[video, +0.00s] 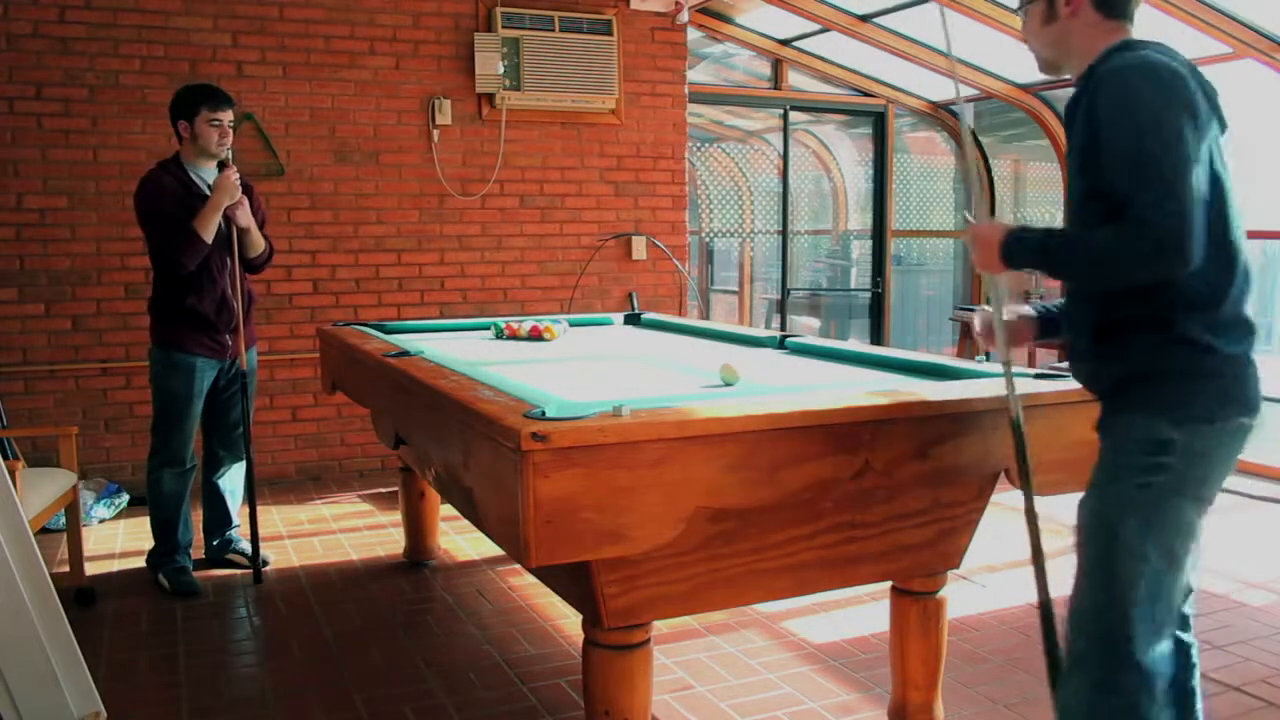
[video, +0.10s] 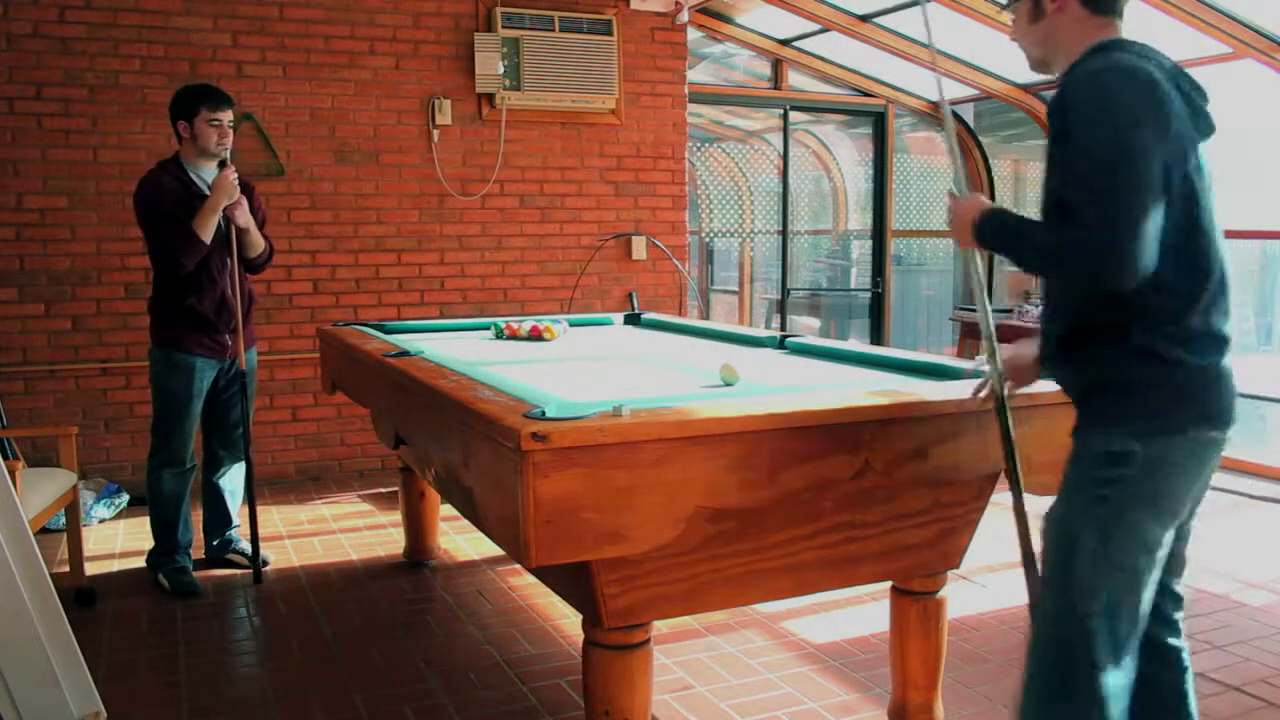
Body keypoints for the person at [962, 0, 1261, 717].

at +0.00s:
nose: (1022, 29)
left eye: (1027, 11)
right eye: (1022, 13)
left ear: (1070, 8)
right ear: (1088, 13)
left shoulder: (1137, 80)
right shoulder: (1137, 80)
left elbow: (1163, 247)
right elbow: (1145, 283)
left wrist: (1019, 247)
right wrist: (1037, 327)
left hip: (1173, 402)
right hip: (1175, 397)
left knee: (1112, 643)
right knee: (1155, 628)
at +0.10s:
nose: (1011, 29)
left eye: (1016, 11)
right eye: (1011, 13)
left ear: (1057, 7)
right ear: (1079, 11)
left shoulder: (1106, 85)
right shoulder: (1135, 81)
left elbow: (1108, 259)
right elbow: (1142, 276)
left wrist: (987, 224)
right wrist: (1043, 349)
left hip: (1142, 414)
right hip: (1177, 406)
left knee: (1079, 645)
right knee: (1147, 628)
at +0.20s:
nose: (1002, 30)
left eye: (1005, 13)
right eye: (1001, 15)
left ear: (1041, 7)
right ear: (1080, 10)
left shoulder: (1070, 89)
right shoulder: (1133, 86)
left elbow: (1038, 268)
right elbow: (1130, 281)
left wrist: (956, 201)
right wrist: (1029, 387)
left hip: (1110, 423)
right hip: (1167, 416)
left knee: (1030, 659)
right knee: (1136, 638)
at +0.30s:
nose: (980, 22)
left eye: (986, 6)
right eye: (981, 9)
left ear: (1017, 4)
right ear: (1069, 3)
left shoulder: (1038, 82)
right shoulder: (1124, 81)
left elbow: (971, 259)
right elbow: (1101, 259)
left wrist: (912, 176)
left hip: (1086, 420)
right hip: (1157, 414)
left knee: (1010, 667)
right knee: (1118, 624)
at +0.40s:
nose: (950, 5)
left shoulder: (1008, 75)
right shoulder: (1118, 78)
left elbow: (934, 256)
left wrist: (884, 171)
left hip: (1063, 422)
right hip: (1142, 414)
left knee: (999, 678)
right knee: (1080, 624)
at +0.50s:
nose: (934, 9)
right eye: (933, 0)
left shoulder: (974, 73)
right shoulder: (1116, 85)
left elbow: (904, 270)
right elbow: (1160, 271)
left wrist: (866, 200)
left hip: (1043, 419)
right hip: (1134, 410)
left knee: (1002, 682)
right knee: (1056, 638)